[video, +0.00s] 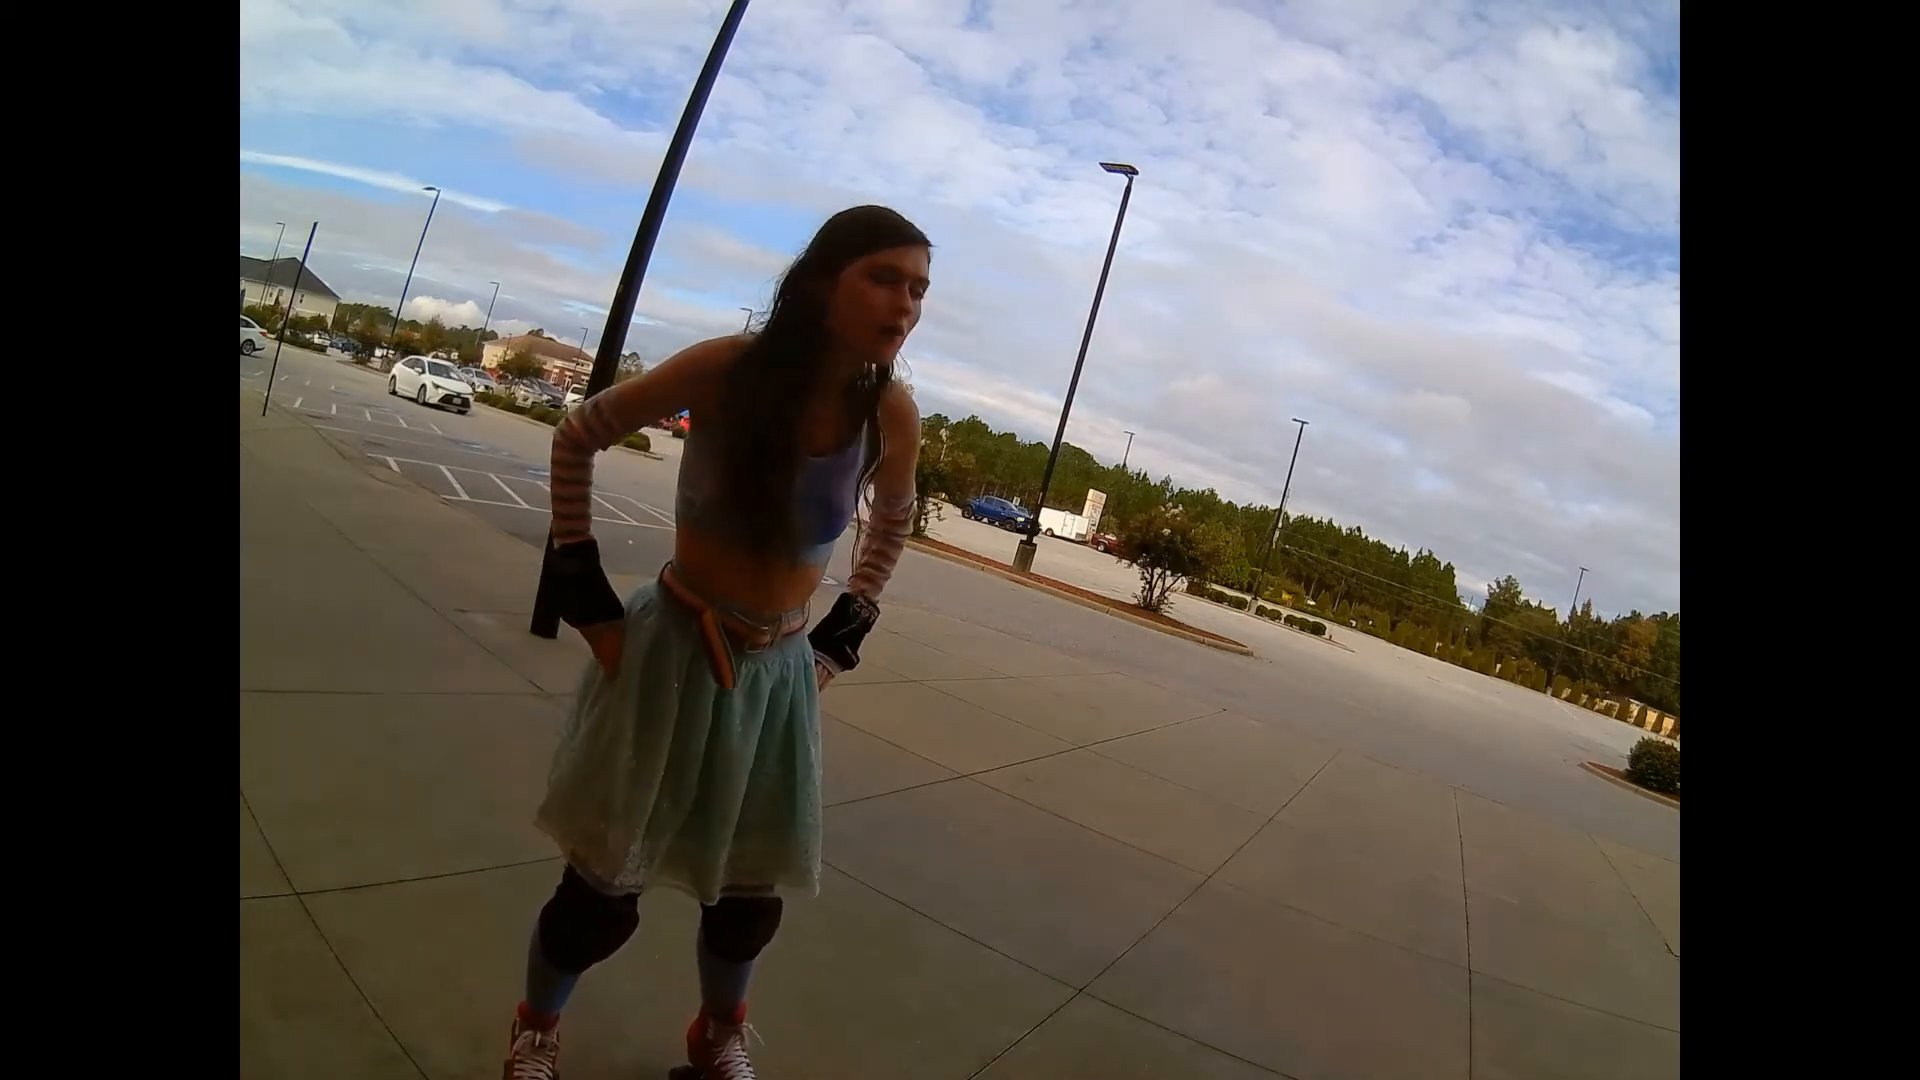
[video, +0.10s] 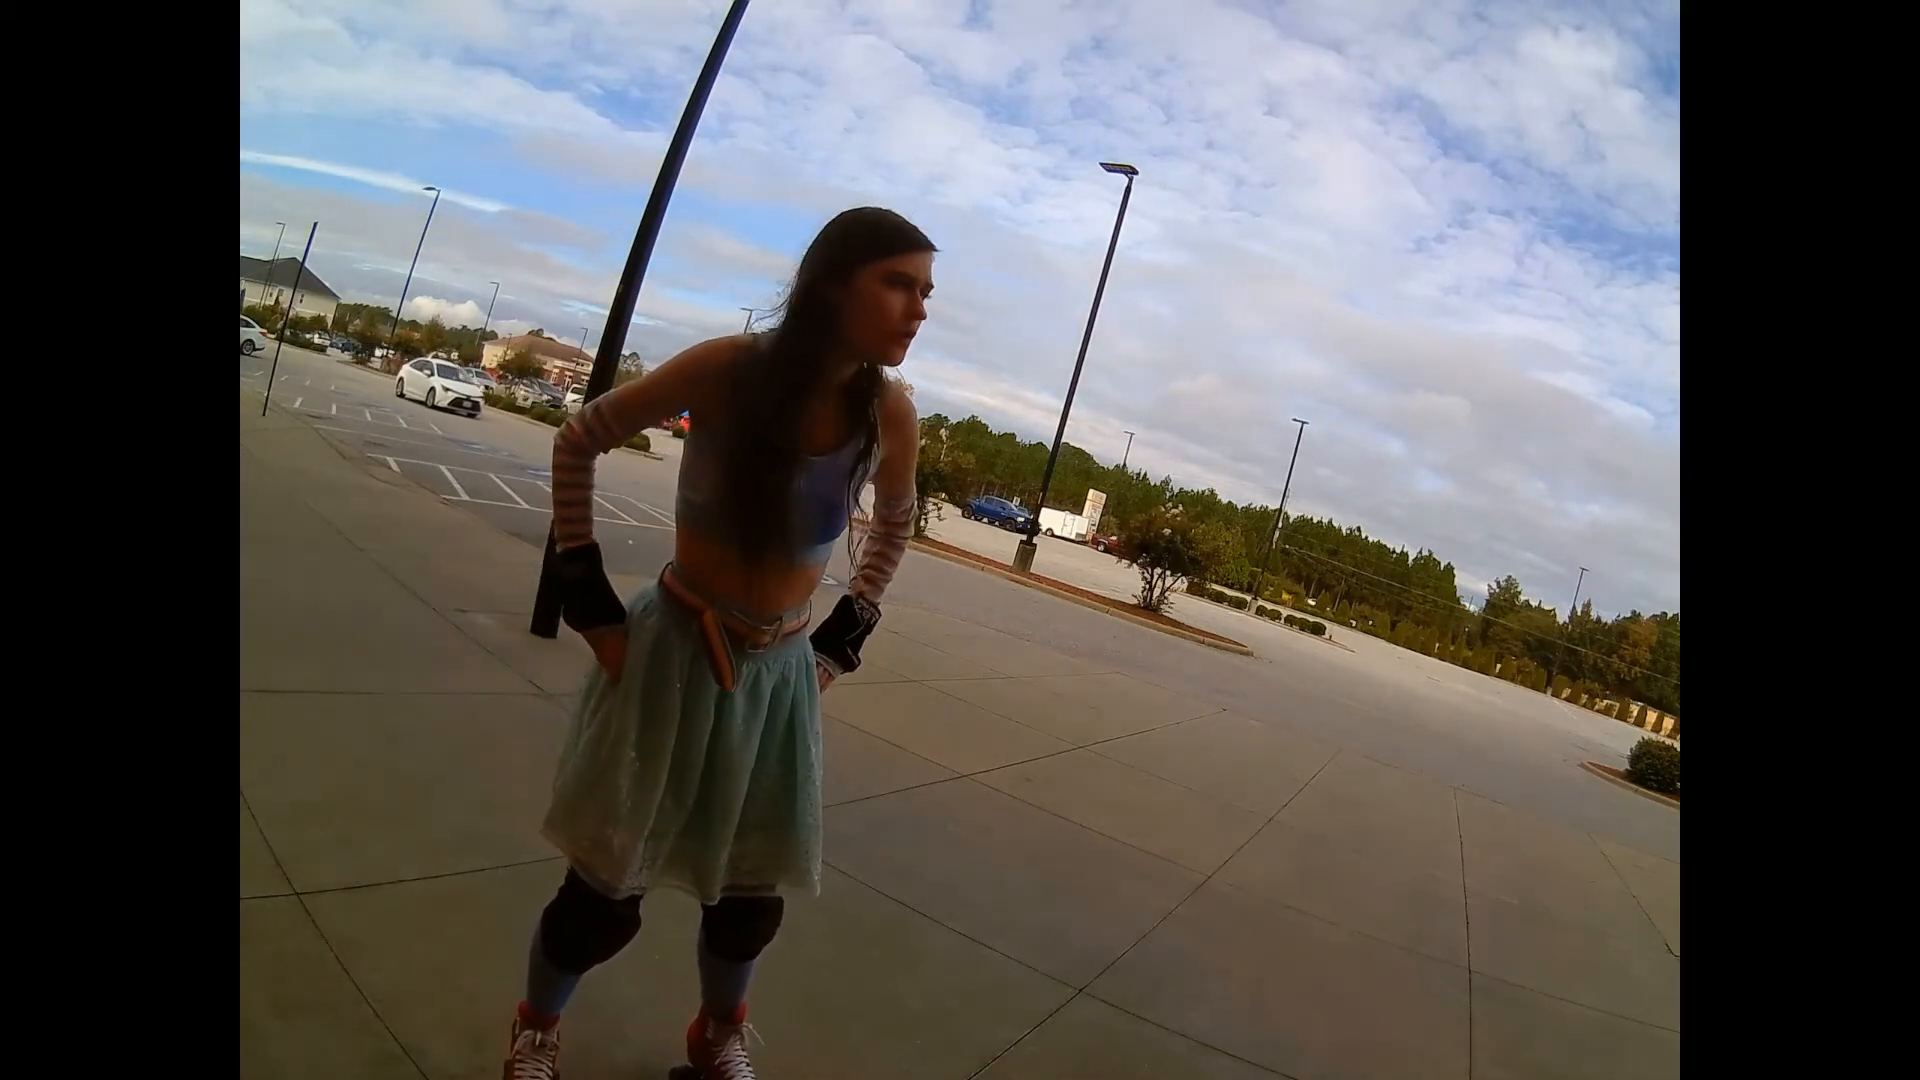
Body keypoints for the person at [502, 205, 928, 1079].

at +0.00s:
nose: (905, 304)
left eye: (918, 288)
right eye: (886, 279)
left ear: (923, 304)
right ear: (826, 280)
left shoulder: (888, 410)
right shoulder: (726, 367)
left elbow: (891, 520)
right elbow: (579, 435)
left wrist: (851, 618)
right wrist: (577, 570)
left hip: (781, 671)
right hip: (670, 646)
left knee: (750, 899)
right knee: (602, 893)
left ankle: (719, 1034)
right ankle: (536, 1029)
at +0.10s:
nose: (920, 309)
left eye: (926, 291)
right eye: (901, 285)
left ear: (914, 304)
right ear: (837, 283)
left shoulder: (886, 411)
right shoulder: (726, 369)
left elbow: (893, 525)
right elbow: (582, 438)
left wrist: (853, 620)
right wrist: (582, 580)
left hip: (782, 673)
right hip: (671, 649)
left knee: (751, 901)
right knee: (604, 895)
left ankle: (718, 1037)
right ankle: (535, 1032)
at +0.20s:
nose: (923, 311)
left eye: (927, 292)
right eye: (906, 286)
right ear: (842, 284)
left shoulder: (882, 413)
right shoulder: (728, 370)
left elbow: (897, 525)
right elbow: (578, 443)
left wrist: (860, 625)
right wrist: (584, 588)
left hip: (781, 672)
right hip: (675, 649)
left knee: (752, 898)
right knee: (610, 893)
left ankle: (718, 1037)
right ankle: (536, 1028)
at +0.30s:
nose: (923, 310)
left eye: (926, 291)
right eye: (907, 285)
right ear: (843, 284)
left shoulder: (878, 412)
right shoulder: (729, 371)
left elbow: (897, 531)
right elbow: (576, 446)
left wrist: (891, 625)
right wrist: (578, 586)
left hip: (782, 672)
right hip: (678, 651)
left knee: (750, 898)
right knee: (610, 894)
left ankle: (717, 1035)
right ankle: (536, 1028)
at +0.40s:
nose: (920, 306)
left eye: (925, 288)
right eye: (904, 283)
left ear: (882, 301)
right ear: (839, 284)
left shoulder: (875, 413)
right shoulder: (727, 373)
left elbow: (895, 533)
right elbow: (573, 449)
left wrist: (923, 593)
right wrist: (574, 594)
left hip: (781, 668)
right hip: (679, 651)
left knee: (747, 899)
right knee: (606, 899)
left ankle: (713, 1037)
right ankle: (535, 1033)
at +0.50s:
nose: (914, 302)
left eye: (918, 284)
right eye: (898, 281)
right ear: (834, 283)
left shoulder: (870, 409)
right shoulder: (724, 376)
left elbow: (897, 558)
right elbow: (572, 463)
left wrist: (955, 549)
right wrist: (572, 612)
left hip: (781, 669)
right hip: (683, 652)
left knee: (746, 893)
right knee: (610, 896)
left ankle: (711, 1032)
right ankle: (538, 1027)